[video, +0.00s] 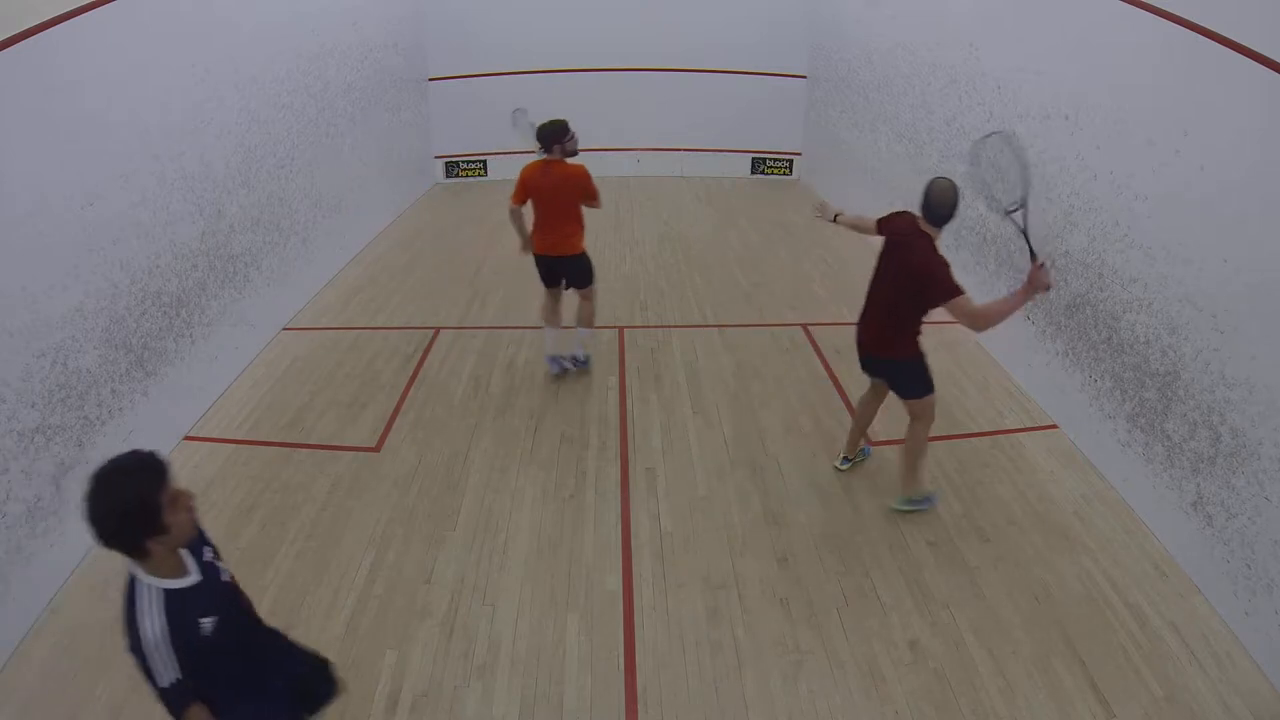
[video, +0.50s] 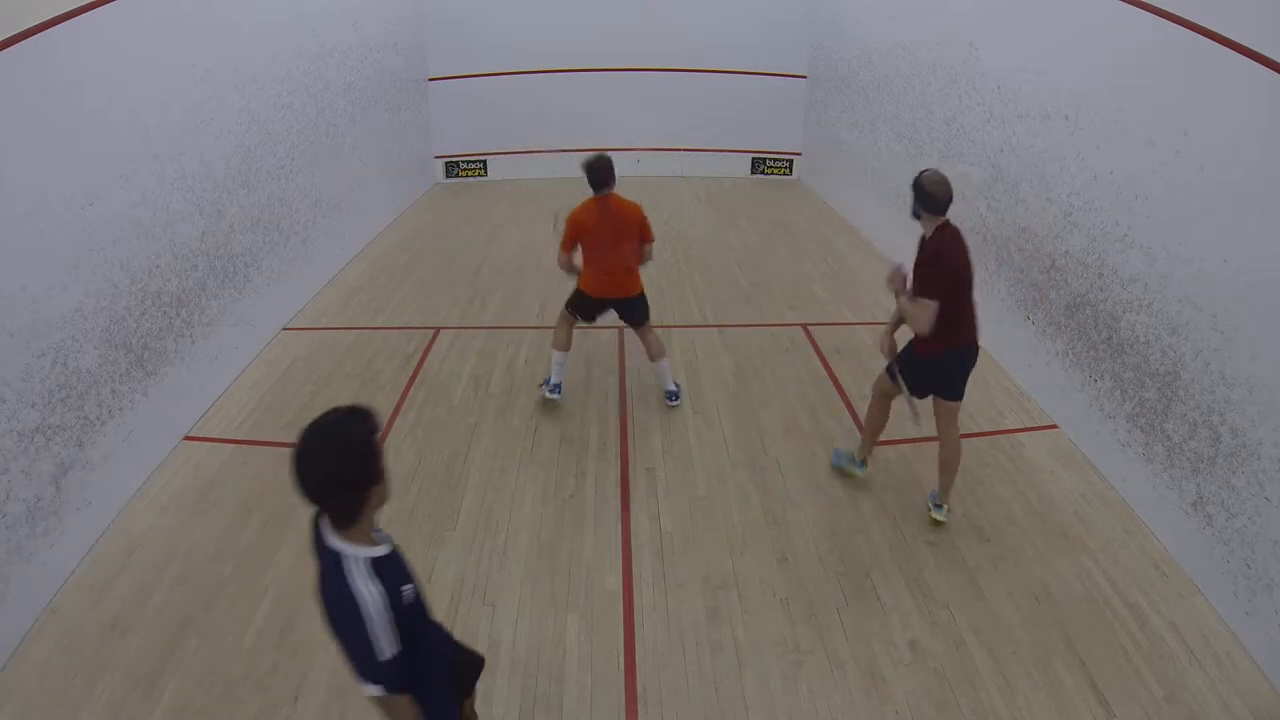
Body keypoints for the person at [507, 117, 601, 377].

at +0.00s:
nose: (576, 139)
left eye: (573, 135)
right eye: (570, 137)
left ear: (547, 146)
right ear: (558, 145)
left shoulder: (530, 172)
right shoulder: (577, 172)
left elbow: (514, 208)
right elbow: (594, 202)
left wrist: (524, 237)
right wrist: (567, 190)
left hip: (542, 250)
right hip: (571, 251)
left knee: (552, 294)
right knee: (586, 296)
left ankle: (552, 353)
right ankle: (580, 351)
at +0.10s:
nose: (586, 148)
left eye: (584, 143)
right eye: (581, 146)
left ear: (559, 154)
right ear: (567, 153)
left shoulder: (540, 180)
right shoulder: (586, 183)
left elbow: (524, 216)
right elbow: (607, 212)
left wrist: (545, 229)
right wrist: (581, 198)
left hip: (553, 261)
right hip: (585, 260)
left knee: (563, 306)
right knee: (607, 304)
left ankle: (561, 366)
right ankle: (606, 367)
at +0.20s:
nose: (598, 154)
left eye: (595, 150)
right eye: (592, 152)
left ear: (572, 162)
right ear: (579, 160)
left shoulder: (554, 190)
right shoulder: (599, 193)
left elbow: (539, 227)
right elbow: (619, 226)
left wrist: (565, 231)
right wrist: (593, 212)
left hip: (565, 269)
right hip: (597, 270)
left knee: (568, 311)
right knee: (615, 322)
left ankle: (562, 367)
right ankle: (620, 391)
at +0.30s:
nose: (606, 155)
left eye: (603, 151)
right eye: (603, 152)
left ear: (576, 161)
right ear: (596, 159)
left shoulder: (564, 192)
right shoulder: (616, 192)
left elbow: (550, 231)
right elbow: (628, 232)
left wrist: (573, 233)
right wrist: (602, 229)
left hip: (576, 272)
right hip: (610, 273)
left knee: (567, 314)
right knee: (623, 325)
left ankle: (561, 368)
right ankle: (626, 389)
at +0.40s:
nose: (608, 159)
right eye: (608, 155)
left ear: (581, 163)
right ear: (608, 160)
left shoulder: (572, 196)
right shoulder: (627, 193)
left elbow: (556, 237)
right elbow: (637, 237)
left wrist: (581, 244)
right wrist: (613, 241)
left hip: (584, 272)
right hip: (620, 273)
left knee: (567, 313)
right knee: (635, 319)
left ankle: (560, 371)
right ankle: (649, 377)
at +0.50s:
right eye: (610, 175)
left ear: (589, 181)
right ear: (614, 177)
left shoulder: (579, 215)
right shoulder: (633, 210)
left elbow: (564, 262)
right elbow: (646, 254)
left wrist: (582, 272)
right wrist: (624, 262)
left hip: (593, 289)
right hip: (628, 288)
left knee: (566, 321)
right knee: (645, 330)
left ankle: (554, 383)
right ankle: (670, 388)